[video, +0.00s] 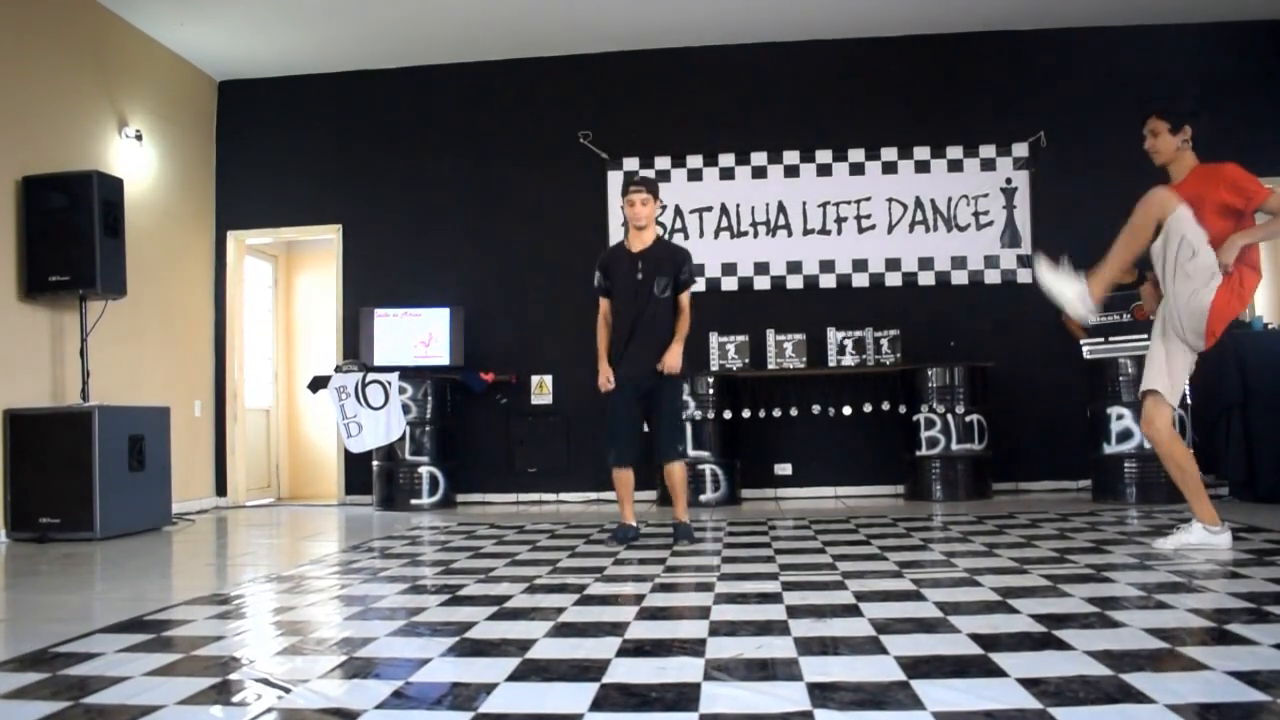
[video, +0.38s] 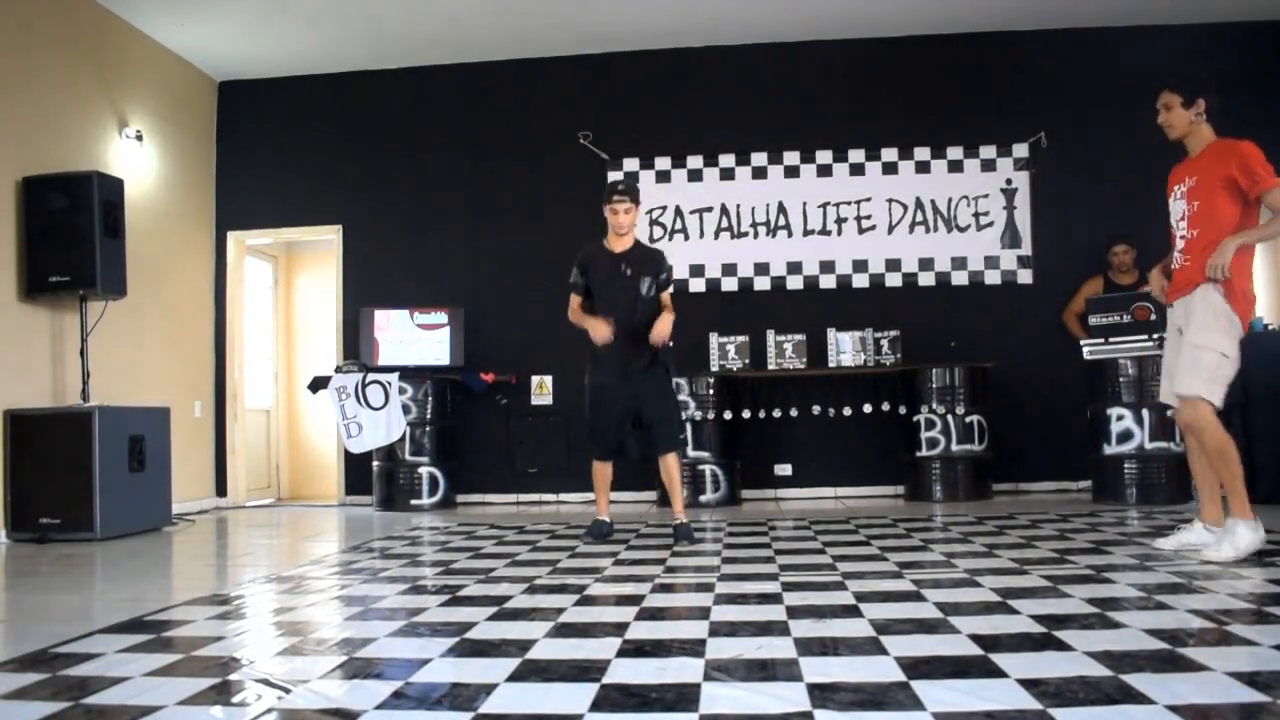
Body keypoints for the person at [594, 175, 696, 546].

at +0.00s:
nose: (637, 209)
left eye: (644, 203)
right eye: (631, 203)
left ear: (656, 207)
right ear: (623, 210)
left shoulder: (676, 256)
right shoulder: (609, 260)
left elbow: (684, 310)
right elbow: (604, 316)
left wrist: (676, 346)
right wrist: (603, 362)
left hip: (662, 365)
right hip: (621, 368)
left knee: (670, 445)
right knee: (620, 447)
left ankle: (681, 519)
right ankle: (628, 522)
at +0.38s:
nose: (621, 217)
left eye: (627, 210)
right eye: (614, 210)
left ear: (637, 213)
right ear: (605, 212)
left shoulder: (654, 259)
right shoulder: (587, 260)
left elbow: (667, 305)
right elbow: (574, 309)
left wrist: (666, 319)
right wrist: (590, 322)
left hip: (649, 364)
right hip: (606, 366)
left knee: (666, 440)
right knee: (602, 443)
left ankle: (680, 518)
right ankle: (602, 518)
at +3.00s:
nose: (660, 204)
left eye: (664, 195)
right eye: (651, 197)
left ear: (671, 192)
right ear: (634, 199)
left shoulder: (693, 234)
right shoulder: (624, 247)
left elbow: (719, 289)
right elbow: (620, 304)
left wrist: (701, 327)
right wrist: (622, 345)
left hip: (689, 364)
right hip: (641, 365)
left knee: (692, 450)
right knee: (625, 449)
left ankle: (695, 531)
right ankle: (610, 535)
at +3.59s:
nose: (603, 191)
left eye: (604, 183)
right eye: (594, 185)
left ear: (606, 187)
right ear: (571, 191)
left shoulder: (627, 234)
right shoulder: (552, 245)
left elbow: (647, 290)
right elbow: (549, 305)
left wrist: (654, 336)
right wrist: (556, 349)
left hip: (636, 361)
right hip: (585, 367)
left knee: (656, 446)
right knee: (589, 455)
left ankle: (666, 531)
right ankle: (595, 539)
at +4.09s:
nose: (599, 190)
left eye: (601, 183)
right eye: (590, 184)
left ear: (603, 187)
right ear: (566, 189)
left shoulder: (621, 232)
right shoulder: (547, 244)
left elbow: (642, 289)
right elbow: (543, 304)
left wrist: (648, 337)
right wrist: (557, 343)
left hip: (631, 362)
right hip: (583, 368)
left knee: (647, 452)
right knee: (589, 457)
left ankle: (660, 537)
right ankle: (595, 540)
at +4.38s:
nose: (599, 195)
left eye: (602, 186)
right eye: (589, 188)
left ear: (607, 186)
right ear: (567, 191)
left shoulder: (628, 230)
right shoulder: (555, 246)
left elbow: (654, 284)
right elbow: (547, 308)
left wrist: (647, 314)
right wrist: (574, 345)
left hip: (638, 353)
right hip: (591, 357)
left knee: (655, 445)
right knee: (594, 451)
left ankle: (664, 535)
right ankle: (595, 538)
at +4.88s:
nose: (649, 217)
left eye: (657, 209)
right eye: (643, 209)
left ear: (667, 200)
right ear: (628, 197)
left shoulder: (679, 234)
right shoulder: (603, 233)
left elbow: (690, 293)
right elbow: (585, 291)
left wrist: (678, 322)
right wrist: (591, 335)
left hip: (665, 356)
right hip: (615, 358)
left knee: (680, 444)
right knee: (606, 446)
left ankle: (689, 533)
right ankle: (601, 533)